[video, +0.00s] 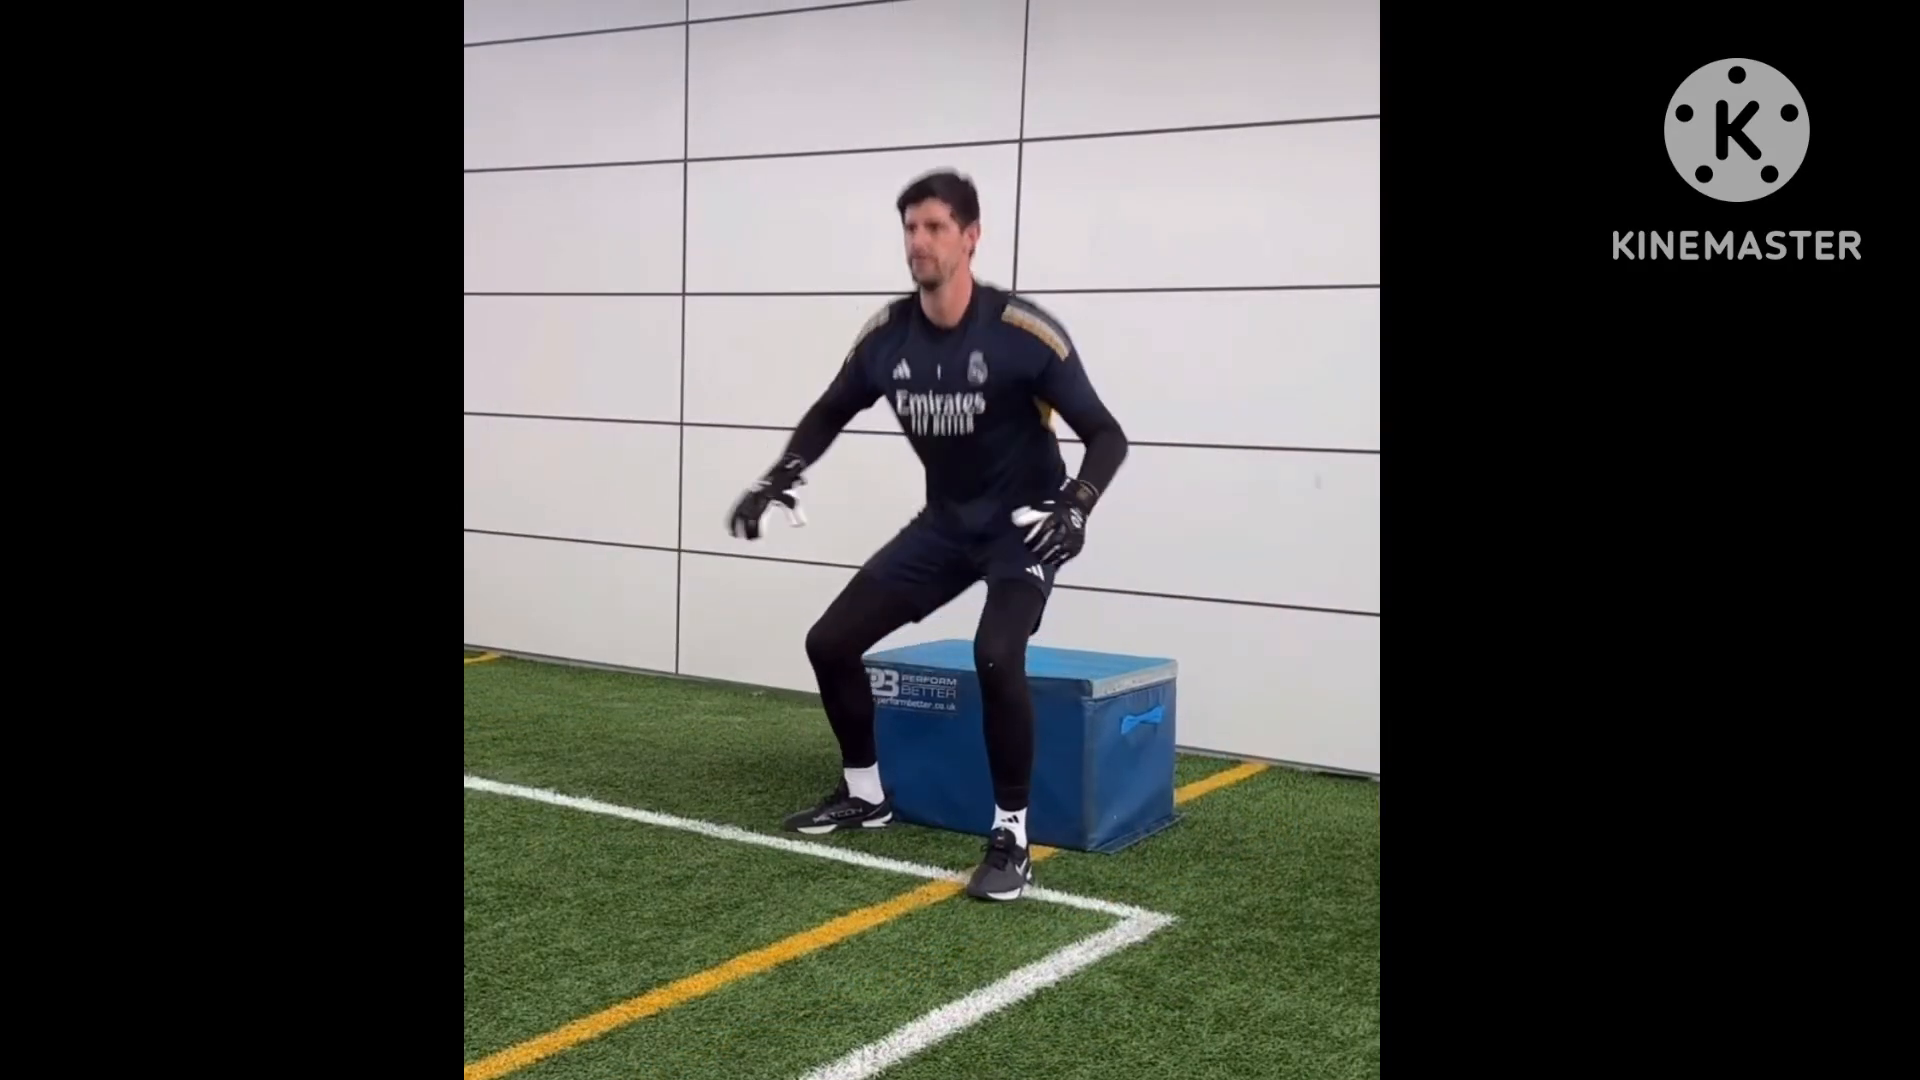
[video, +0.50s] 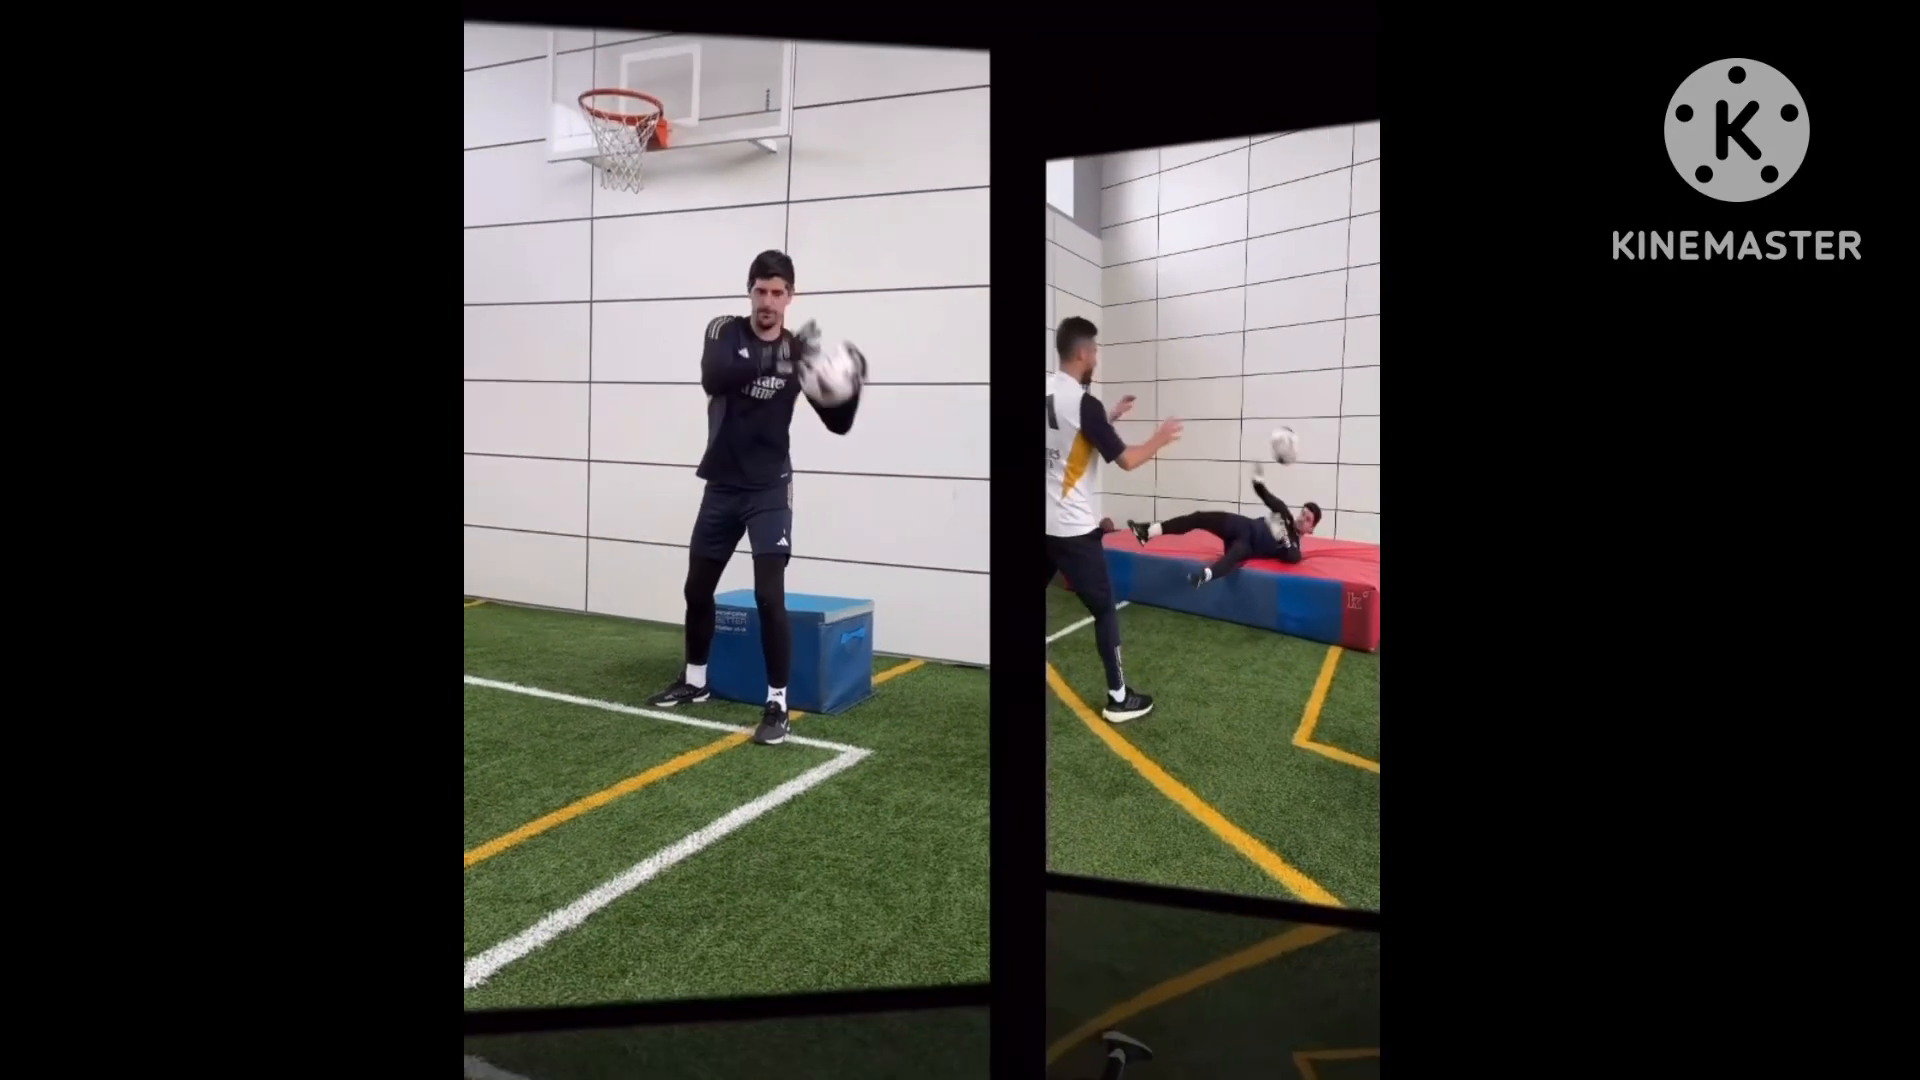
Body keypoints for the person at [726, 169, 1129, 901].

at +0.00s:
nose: (916, 242)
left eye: (932, 228)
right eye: (909, 229)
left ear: (970, 236)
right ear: (903, 241)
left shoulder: (1024, 331)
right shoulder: (888, 336)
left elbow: (1107, 437)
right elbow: (829, 414)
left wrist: (1076, 504)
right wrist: (781, 476)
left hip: (1026, 522)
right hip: (946, 524)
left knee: (998, 657)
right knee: (830, 645)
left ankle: (1009, 838)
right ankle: (865, 798)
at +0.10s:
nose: (880, 221)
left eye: (894, 208)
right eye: (872, 209)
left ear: (926, 215)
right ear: (865, 219)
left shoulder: (972, 306)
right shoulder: (850, 307)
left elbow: (1029, 411)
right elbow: (812, 385)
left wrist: (991, 460)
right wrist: (786, 438)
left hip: (962, 498)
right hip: (888, 496)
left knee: (940, 640)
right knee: (809, 627)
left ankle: (952, 805)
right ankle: (824, 770)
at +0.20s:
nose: (847, 230)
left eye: (859, 218)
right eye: (839, 219)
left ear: (887, 223)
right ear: (832, 224)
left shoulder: (920, 302)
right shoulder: (812, 295)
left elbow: (961, 401)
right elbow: (764, 362)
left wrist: (906, 392)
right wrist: (753, 367)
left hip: (897, 489)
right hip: (830, 485)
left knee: (883, 624)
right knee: (781, 612)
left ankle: (893, 770)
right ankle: (781, 741)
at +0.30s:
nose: (825, 254)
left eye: (835, 245)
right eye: (818, 245)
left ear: (857, 249)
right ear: (806, 248)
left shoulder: (876, 315)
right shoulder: (788, 303)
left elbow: (902, 384)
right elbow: (729, 350)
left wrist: (861, 324)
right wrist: (758, 304)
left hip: (844, 485)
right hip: (785, 482)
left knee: (836, 613)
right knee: (750, 602)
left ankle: (847, 744)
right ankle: (748, 719)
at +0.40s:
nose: (796, 267)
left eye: (806, 260)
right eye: (789, 258)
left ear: (822, 267)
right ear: (778, 263)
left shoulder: (833, 326)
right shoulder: (755, 309)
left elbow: (862, 393)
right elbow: (728, 344)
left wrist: (861, 329)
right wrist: (783, 305)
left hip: (803, 484)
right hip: (751, 481)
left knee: (798, 603)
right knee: (719, 593)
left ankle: (808, 722)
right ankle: (719, 699)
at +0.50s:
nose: (769, 301)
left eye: (778, 293)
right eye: (762, 292)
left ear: (791, 297)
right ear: (749, 293)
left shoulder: (798, 350)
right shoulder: (725, 330)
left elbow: (838, 423)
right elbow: (715, 380)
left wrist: (847, 383)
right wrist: (779, 356)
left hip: (769, 488)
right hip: (721, 485)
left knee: (769, 596)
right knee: (697, 588)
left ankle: (777, 703)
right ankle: (694, 683)